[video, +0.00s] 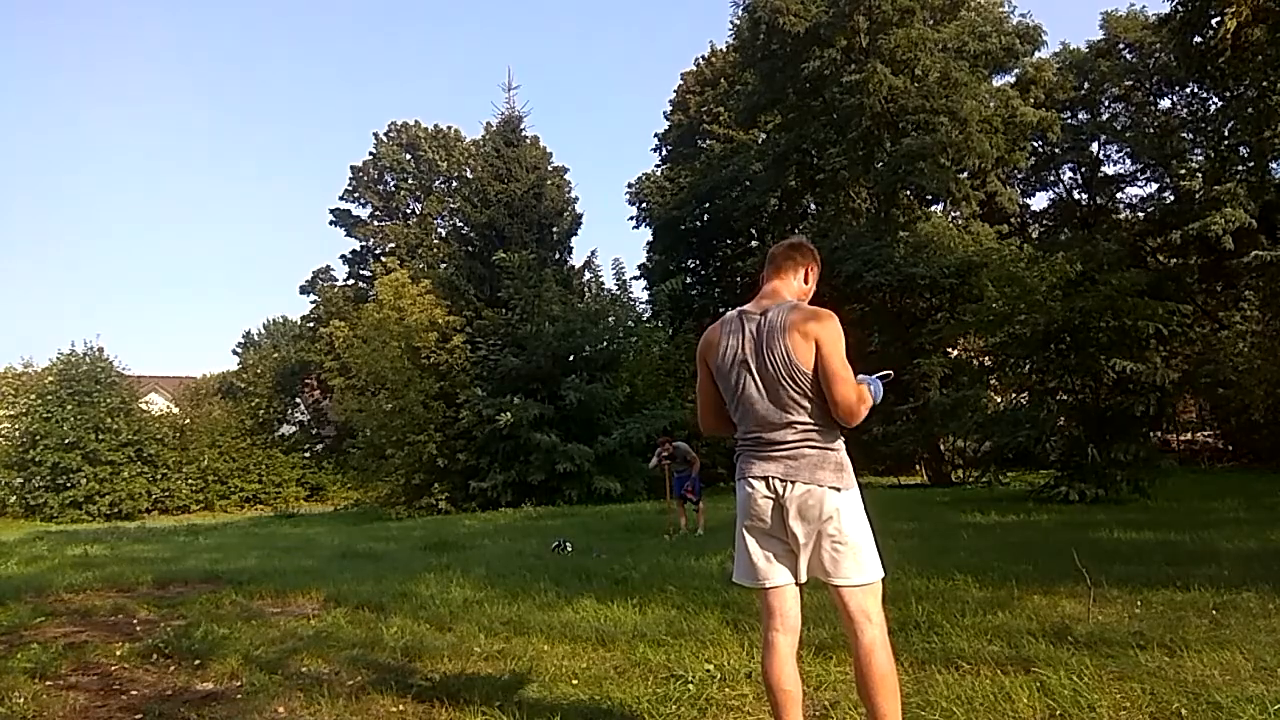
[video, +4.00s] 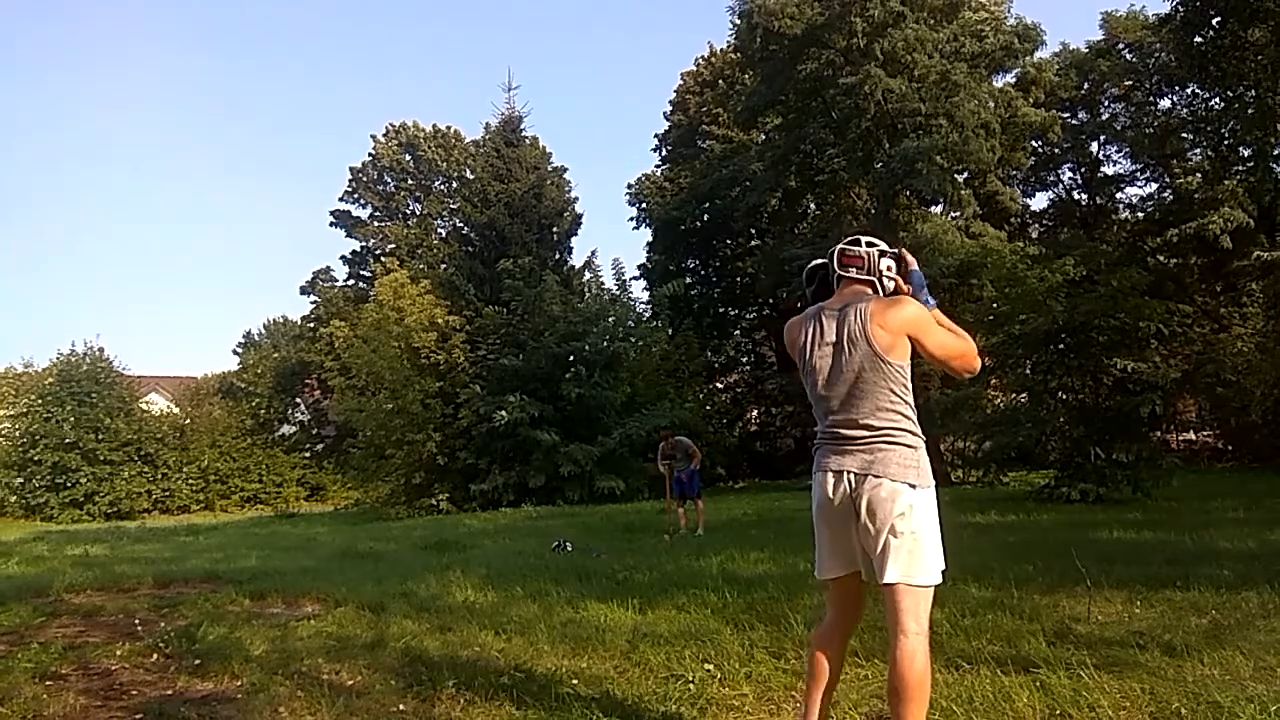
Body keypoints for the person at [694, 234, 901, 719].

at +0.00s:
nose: (814, 290)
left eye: (813, 283)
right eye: (815, 282)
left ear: (764, 275)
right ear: (806, 277)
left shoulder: (713, 336)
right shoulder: (818, 321)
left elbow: (712, 424)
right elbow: (848, 411)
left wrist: (764, 412)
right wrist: (866, 391)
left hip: (755, 489)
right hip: (823, 486)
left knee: (778, 629)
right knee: (867, 625)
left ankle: (789, 719)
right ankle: (887, 716)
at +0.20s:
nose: (815, 289)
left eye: (814, 283)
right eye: (816, 282)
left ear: (765, 274)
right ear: (808, 277)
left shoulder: (715, 333)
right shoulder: (819, 320)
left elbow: (718, 418)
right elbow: (857, 406)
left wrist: (765, 387)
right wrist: (858, 364)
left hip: (755, 488)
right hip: (823, 484)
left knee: (778, 630)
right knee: (867, 626)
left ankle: (790, 719)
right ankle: (887, 716)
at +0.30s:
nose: (814, 292)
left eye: (814, 288)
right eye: (816, 287)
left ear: (766, 276)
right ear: (809, 281)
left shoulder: (714, 329)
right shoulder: (815, 316)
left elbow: (723, 404)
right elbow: (867, 392)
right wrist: (859, 339)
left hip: (754, 489)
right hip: (822, 484)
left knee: (778, 629)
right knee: (867, 625)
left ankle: (790, 719)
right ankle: (887, 716)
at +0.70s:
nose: (823, 288)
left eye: (823, 281)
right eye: (823, 281)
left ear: (774, 277)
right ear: (815, 282)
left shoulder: (720, 324)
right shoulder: (818, 316)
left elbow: (744, 324)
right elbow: (881, 364)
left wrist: (795, 294)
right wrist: (852, 304)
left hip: (755, 488)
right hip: (823, 485)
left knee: (779, 627)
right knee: (867, 624)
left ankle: (791, 718)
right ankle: (887, 716)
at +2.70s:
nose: (856, 271)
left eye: (852, 264)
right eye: (852, 264)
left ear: (792, 274)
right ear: (844, 267)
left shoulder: (761, 323)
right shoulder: (865, 308)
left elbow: (787, 360)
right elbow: (916, 375)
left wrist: (828, 299)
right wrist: (876, 308)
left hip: (796, 484)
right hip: (867, 481)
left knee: (801, 630)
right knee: (889, 631)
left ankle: (799, 719)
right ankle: (899, 718)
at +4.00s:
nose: (895, 282)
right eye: (892, 273)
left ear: (837, 275)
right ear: (884, 276)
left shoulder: (799, 329)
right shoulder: (898, 311)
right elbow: (969, 360)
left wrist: (848, 289)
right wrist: (924, 301)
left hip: (829, 478)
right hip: (897, 477)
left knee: (839, 611)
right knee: (910, 631)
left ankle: (810, 714)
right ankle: (908, 718)